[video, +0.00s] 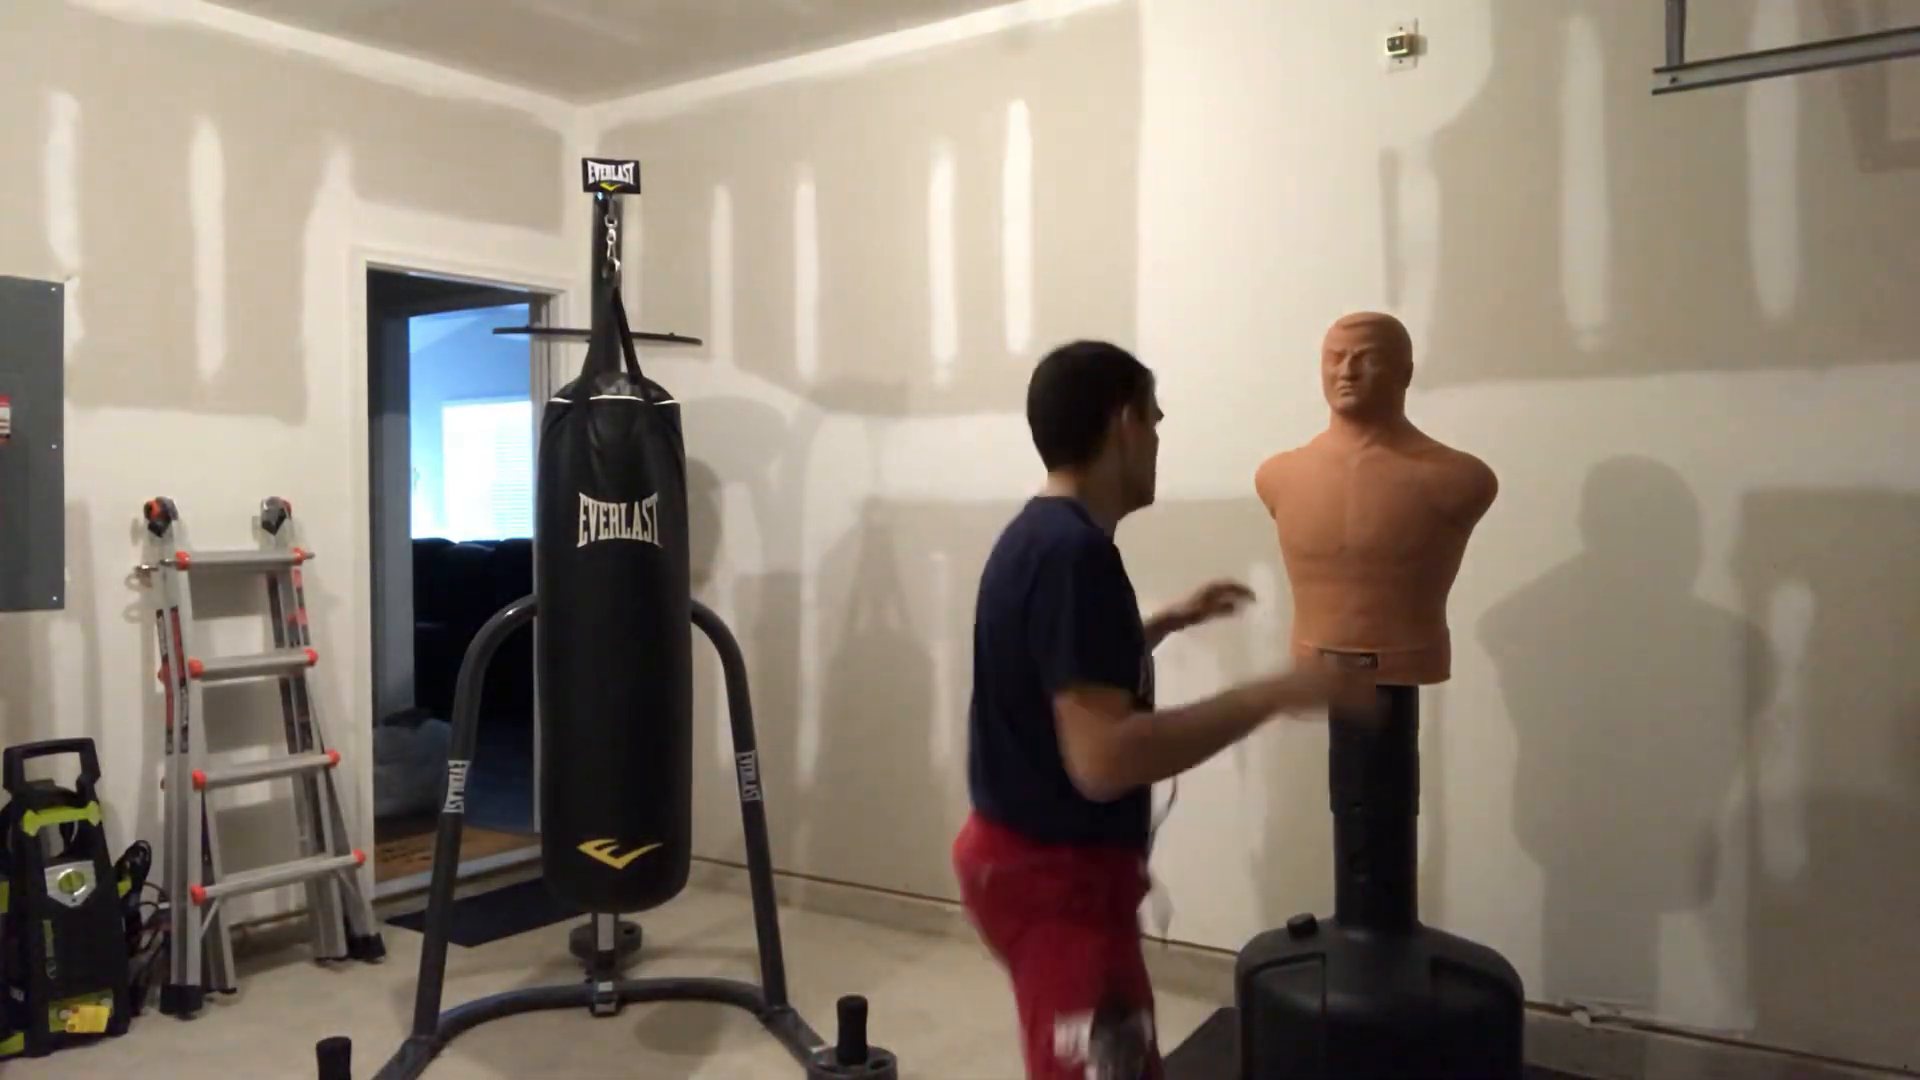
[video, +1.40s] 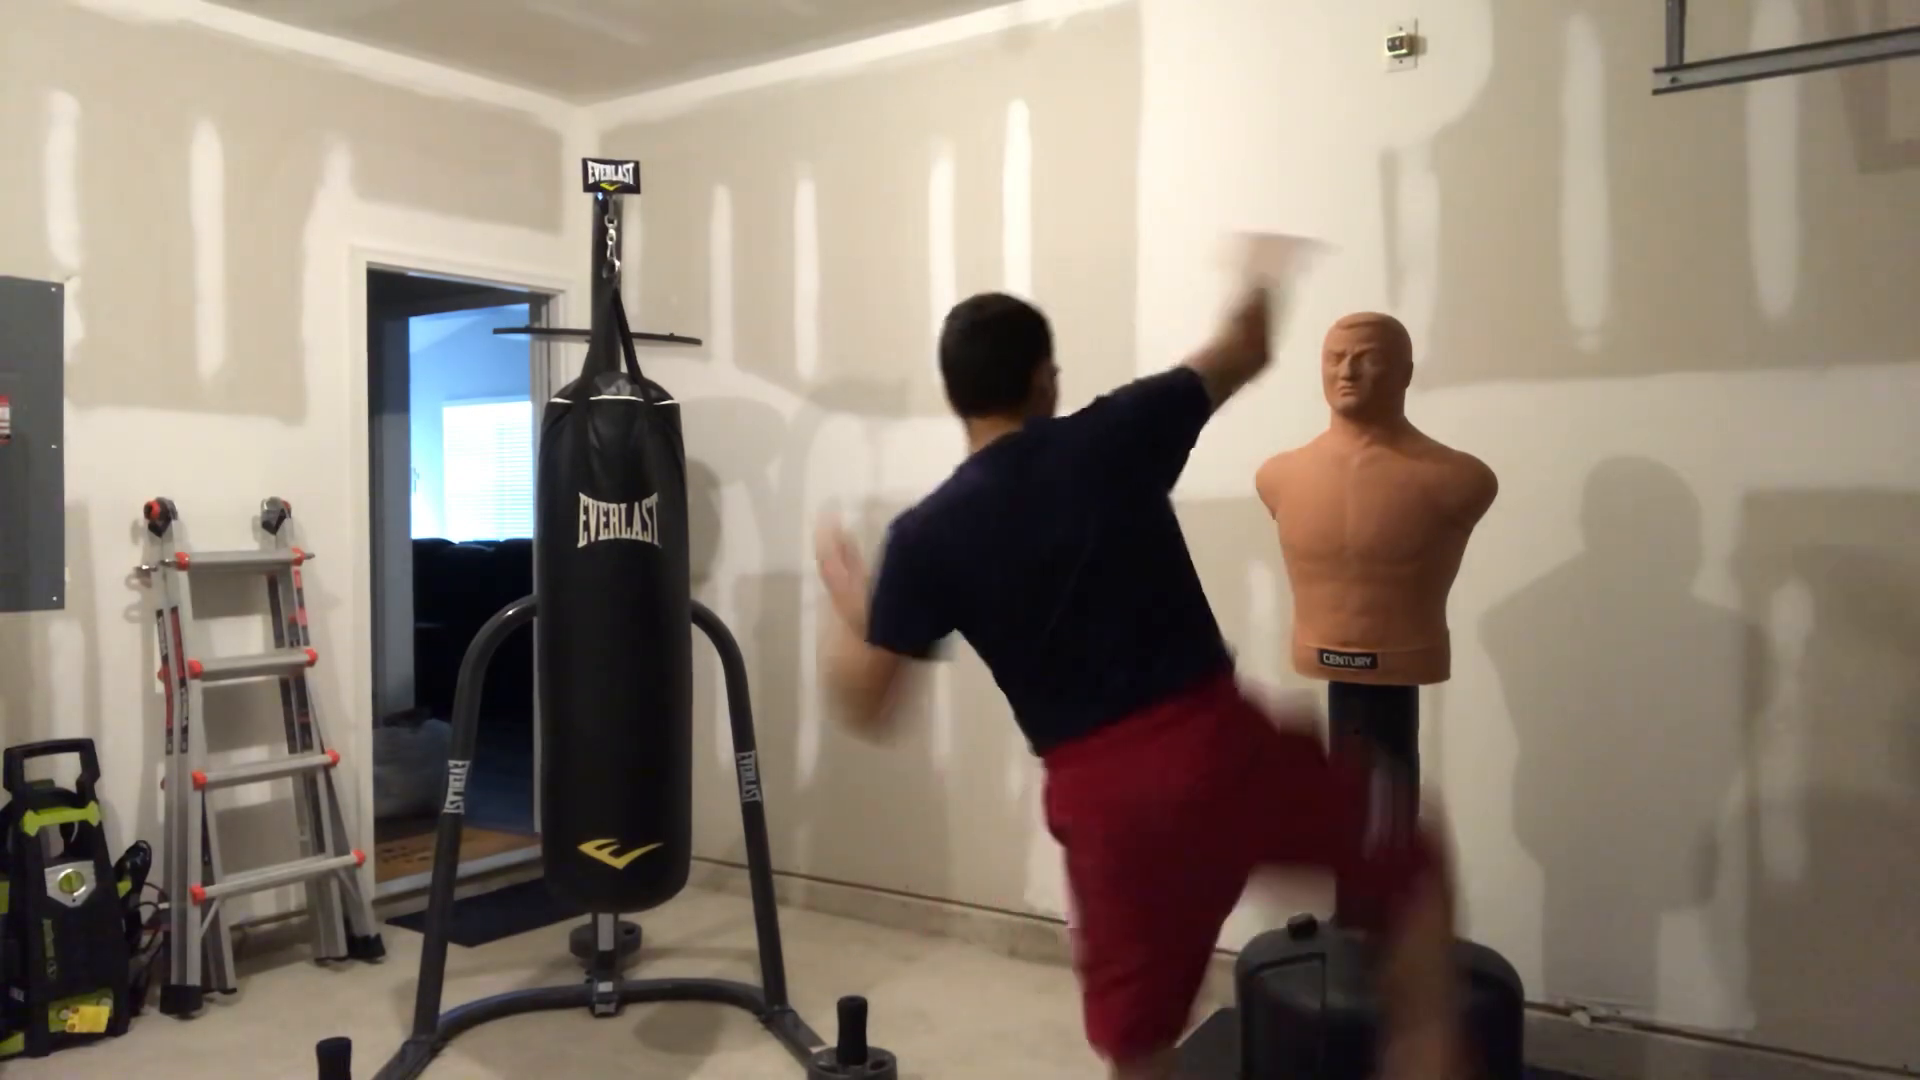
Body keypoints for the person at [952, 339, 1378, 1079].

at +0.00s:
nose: (1157, 445)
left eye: (1155, 423)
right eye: (1152, 422)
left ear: (1058, 435)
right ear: (1120, 425)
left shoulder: (1033, 537)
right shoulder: (1075, 550)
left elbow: (1063, 681)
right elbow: (1103, 757)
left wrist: (1168, 621)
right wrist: (1278, 693)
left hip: (1022, 850)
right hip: (1060, 868)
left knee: (1106, 1057)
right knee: (1102, 1063)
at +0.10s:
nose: (1156, 379)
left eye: (1156, 357)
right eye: (1154, 356)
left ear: (1051, 361)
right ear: (1126, 354)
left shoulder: (1030, 470)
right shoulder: (1078, 479)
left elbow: (1056, 612)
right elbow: (1128, 685)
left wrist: (1169, 572)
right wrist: (1269, 593)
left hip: (1020, 806)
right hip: (1052, 819)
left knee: (1088, 1052)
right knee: (1101, 1058)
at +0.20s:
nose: (1153, 331)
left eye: (1153, 308)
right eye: (1151, 307)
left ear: (1047, 306)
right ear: (1119, 303)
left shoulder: (1017, 401)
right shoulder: (1084, 404)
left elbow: (1073, 566)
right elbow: (1173, 593)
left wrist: (1182, 492)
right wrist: (1260, 501)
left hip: (1008, 737)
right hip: (1047, 750)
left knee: (1057, 1030)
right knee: (1083, 1039)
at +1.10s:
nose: (1148, 380)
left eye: (1144, 363)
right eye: (1144, 362)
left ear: (1032, 372)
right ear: (1127, 367)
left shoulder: (979, 489)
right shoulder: (1152, 486)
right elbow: (1304, 568)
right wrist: (1280, 461)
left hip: (980, 809)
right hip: (1069, 828)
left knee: (1106, 1041)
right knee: (1055, 1053)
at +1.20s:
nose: (1116, 382)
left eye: (1111, 369)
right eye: (1110, 370)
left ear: (1008, 389)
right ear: (1098, 378)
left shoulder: (966, 515)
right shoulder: (1148, 481)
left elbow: (940, 693)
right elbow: (1271, 475)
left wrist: (1018, 622)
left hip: (1021, 809)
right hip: (1121, 812)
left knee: (1065, 1031)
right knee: (1121, 1040)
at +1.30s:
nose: (1083, 381)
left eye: (1075, 366)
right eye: (1078, 367)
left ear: (977, 396)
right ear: (1068, 379)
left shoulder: (949, 535)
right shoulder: (1136, 456)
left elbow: (947, 730)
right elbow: (1225, 381)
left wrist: (977, 645)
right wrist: (1161, 295)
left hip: (1057, 798)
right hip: (1166, 784)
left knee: (1118, 1033)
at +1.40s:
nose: (1053, 379)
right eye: (1050, 368)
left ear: (951, 393)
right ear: (1046, 380)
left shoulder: (930, 537)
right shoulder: (1114, 437)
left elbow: (865, 702)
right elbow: (1241, 352)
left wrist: (847, 601)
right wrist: (1258, 286)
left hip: (1102, 801)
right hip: (1219, 751)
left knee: (1138, 1047)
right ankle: (1422, 1062)